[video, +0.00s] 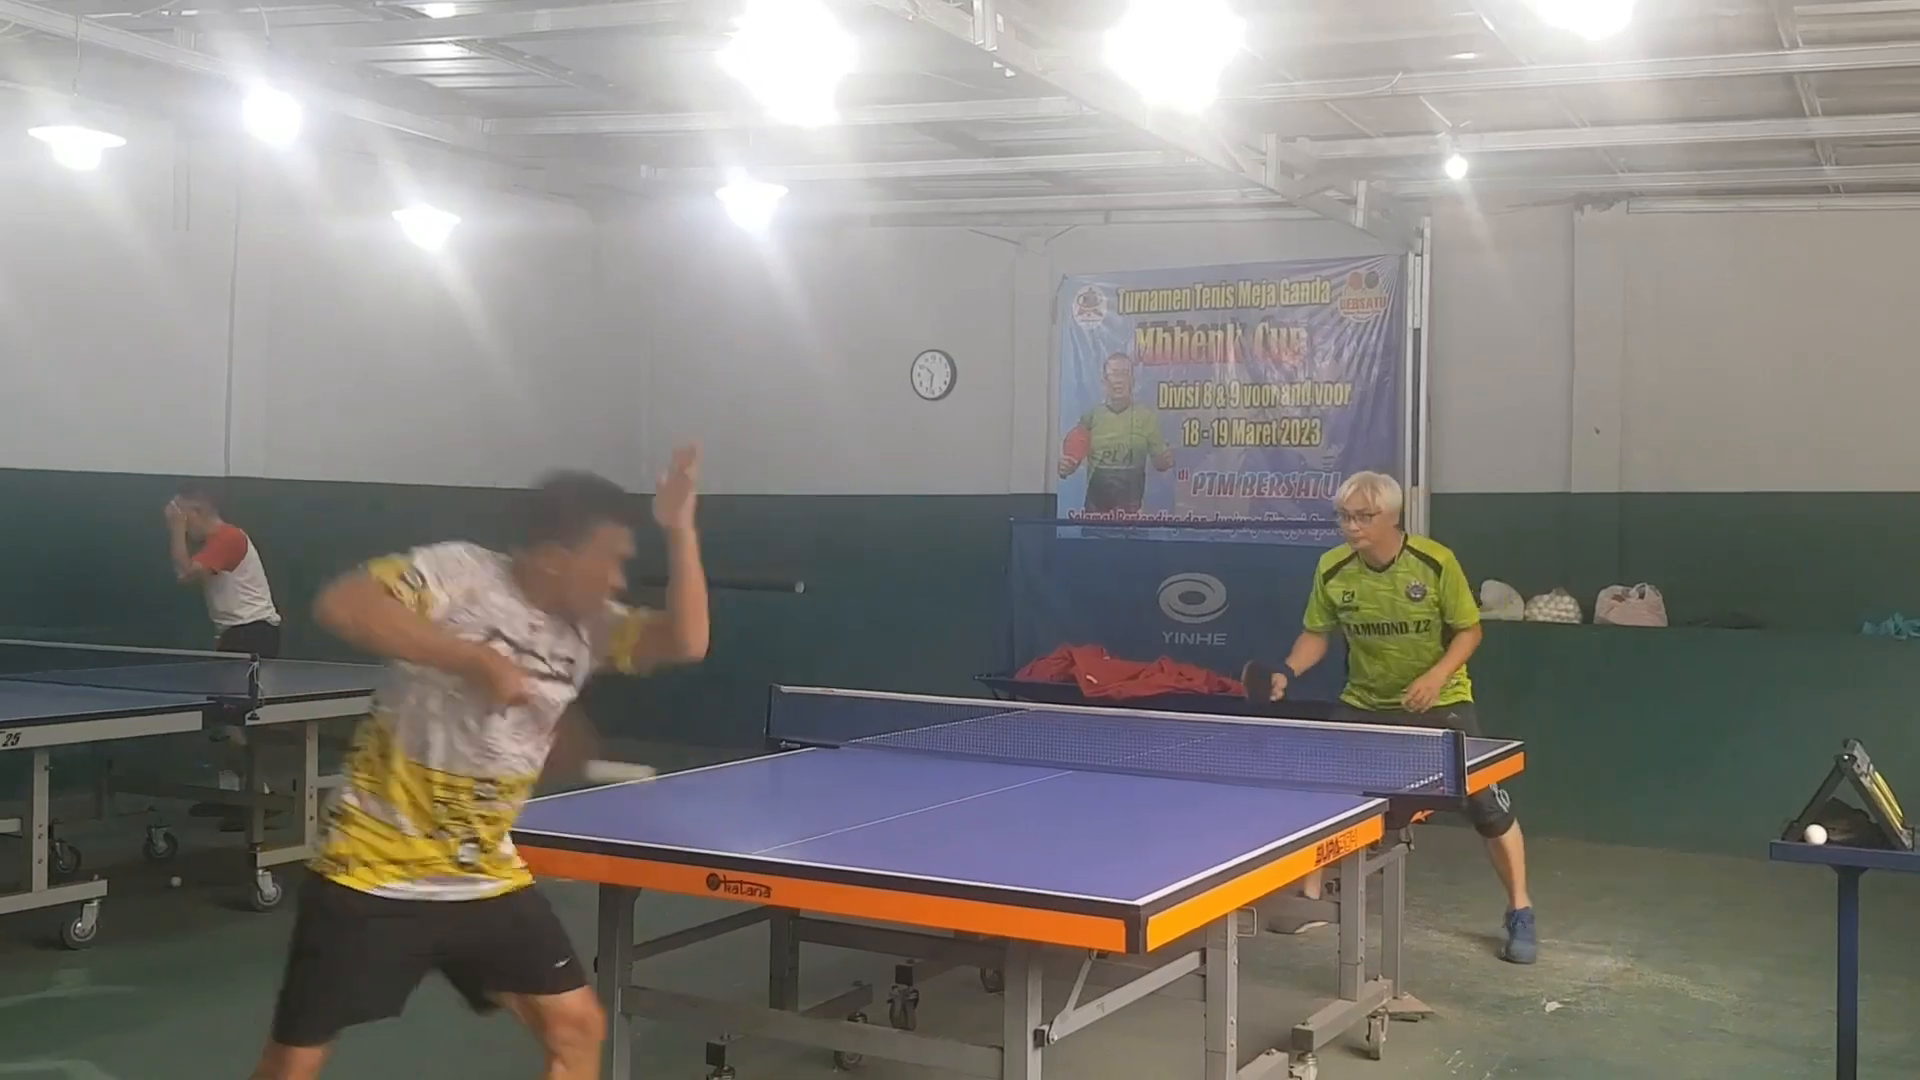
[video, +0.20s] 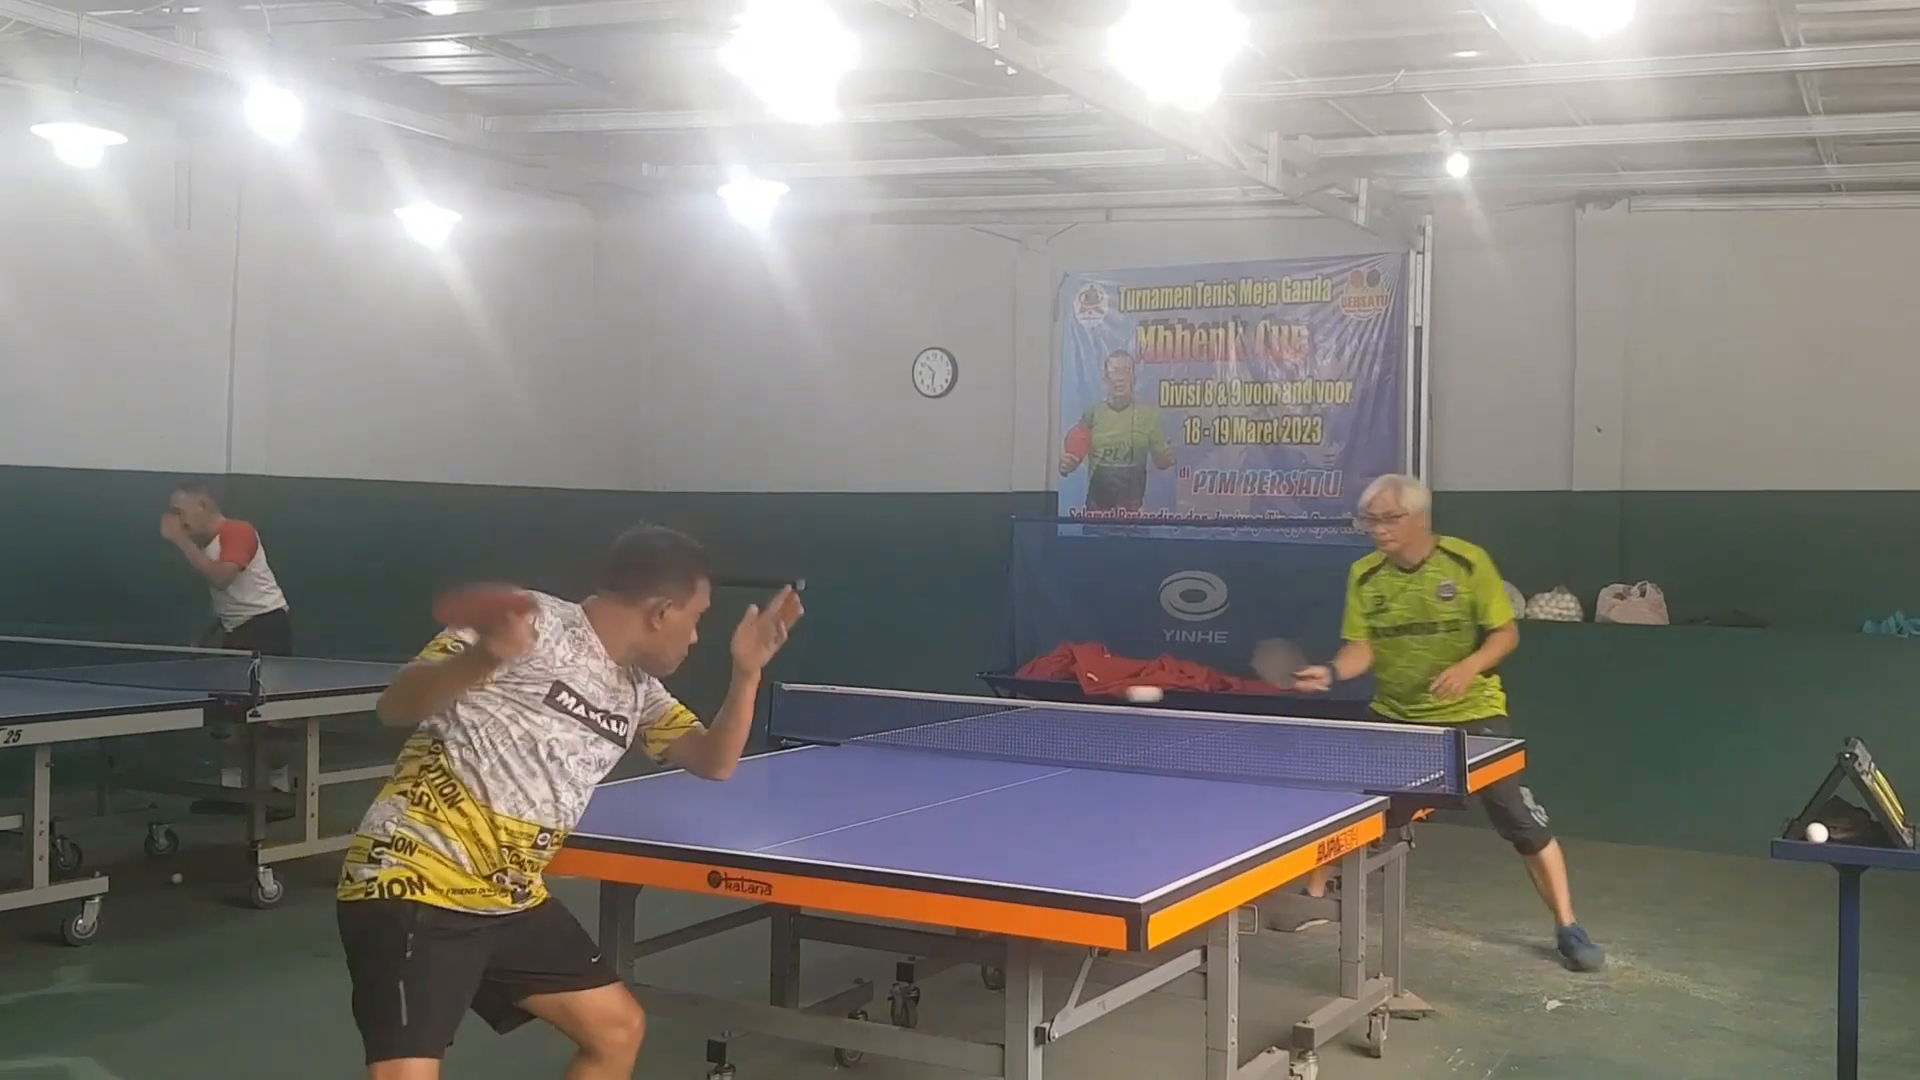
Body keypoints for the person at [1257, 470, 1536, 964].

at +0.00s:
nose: (1348, 527)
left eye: (1359, 517)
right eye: (1343, 517)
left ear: (1390, 518)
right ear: (1341, 519)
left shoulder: (1436, 562)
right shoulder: (1332, 569)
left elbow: (1469, 630)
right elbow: (1315, 635)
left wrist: (1437, 676)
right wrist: (1288, 670)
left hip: (1440, 701)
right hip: (1363, 702)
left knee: (1487, 801)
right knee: (1313, 781)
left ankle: (1520, 909)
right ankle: (1310, 896)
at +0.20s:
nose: (1379, 530)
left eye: (1389, 519)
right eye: (1372, 521)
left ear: (1419, 518)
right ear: (1366, 525)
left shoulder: (1468, 562)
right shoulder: (1365, 573)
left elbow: (1506, 634)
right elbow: (1361, 647)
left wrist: (1468, 667)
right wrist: (1332, 671)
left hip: (1472, 716)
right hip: (1393, 716)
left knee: (1517, 811)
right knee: (1330, 787)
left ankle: (1568, 925)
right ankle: (1314, 896)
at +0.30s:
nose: (1427, 531)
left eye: (1438, 520)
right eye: (1420, 521)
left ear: (1467, 516)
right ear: (1414, 522)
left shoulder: (1517, 554)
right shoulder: (1406, 573)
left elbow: (1556, 625)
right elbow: (1424, 648)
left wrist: (1522, 652)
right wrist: (1413, 670)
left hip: (1511, 710)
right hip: (1433, 710)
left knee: (1544, 824)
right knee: (1366, 793)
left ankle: (1577, 931)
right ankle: (1323, 887)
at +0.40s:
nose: (1458, 517)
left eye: (1469, 507)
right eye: (1450, 508)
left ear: (1497, 504)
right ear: (1443, 508)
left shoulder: (1543, 537)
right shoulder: (1438, 561)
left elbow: (1590, 593)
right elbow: (1474, 621)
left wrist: (1578, 619)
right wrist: (1481, 653)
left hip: (1541, 702)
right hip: (1473, 704)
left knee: (1570, 820)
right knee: (1403, 787)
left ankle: (1579, 929)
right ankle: (1373, 888)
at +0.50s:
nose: (1471, 510)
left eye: (1483, 499)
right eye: (1461, 500)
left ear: (1510, 497)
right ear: (1453, 501)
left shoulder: (1545, 525)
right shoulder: (1447, 552)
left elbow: (1594, 569)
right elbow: (1483, 600)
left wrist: (1601, 588)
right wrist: (1499, 637)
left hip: (1549, 699)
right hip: (1481, 701)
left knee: (1577, 810)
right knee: (1456, 795)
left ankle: (1579, 927)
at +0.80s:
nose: (1481, 505)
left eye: (1493, 494)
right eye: (1472, 495)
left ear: (1519, 496)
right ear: (1462, 499)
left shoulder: (1556, 539)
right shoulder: (1444, 557)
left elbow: (1611, 588)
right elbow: (1440, 631)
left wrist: (1617, 621)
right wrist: (1429, 649)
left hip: (1539, 691)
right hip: (1465, 692)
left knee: (1561, 805)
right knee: (1455, 796)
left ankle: (1576, 929)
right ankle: (1454, 921)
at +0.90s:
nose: (1467, 522)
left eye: (1478, 511)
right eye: (1458, 513)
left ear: (1504, 514)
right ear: (1450, 517)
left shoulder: (1544, 559)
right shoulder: (1434, 570)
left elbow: (1596, 617)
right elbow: (1418, 641)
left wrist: (1616, 684)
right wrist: (1397, 659)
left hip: (1529, 700)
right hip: (1454, 700)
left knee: (1556, 806)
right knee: (1395, 788)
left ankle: (1576, 929)